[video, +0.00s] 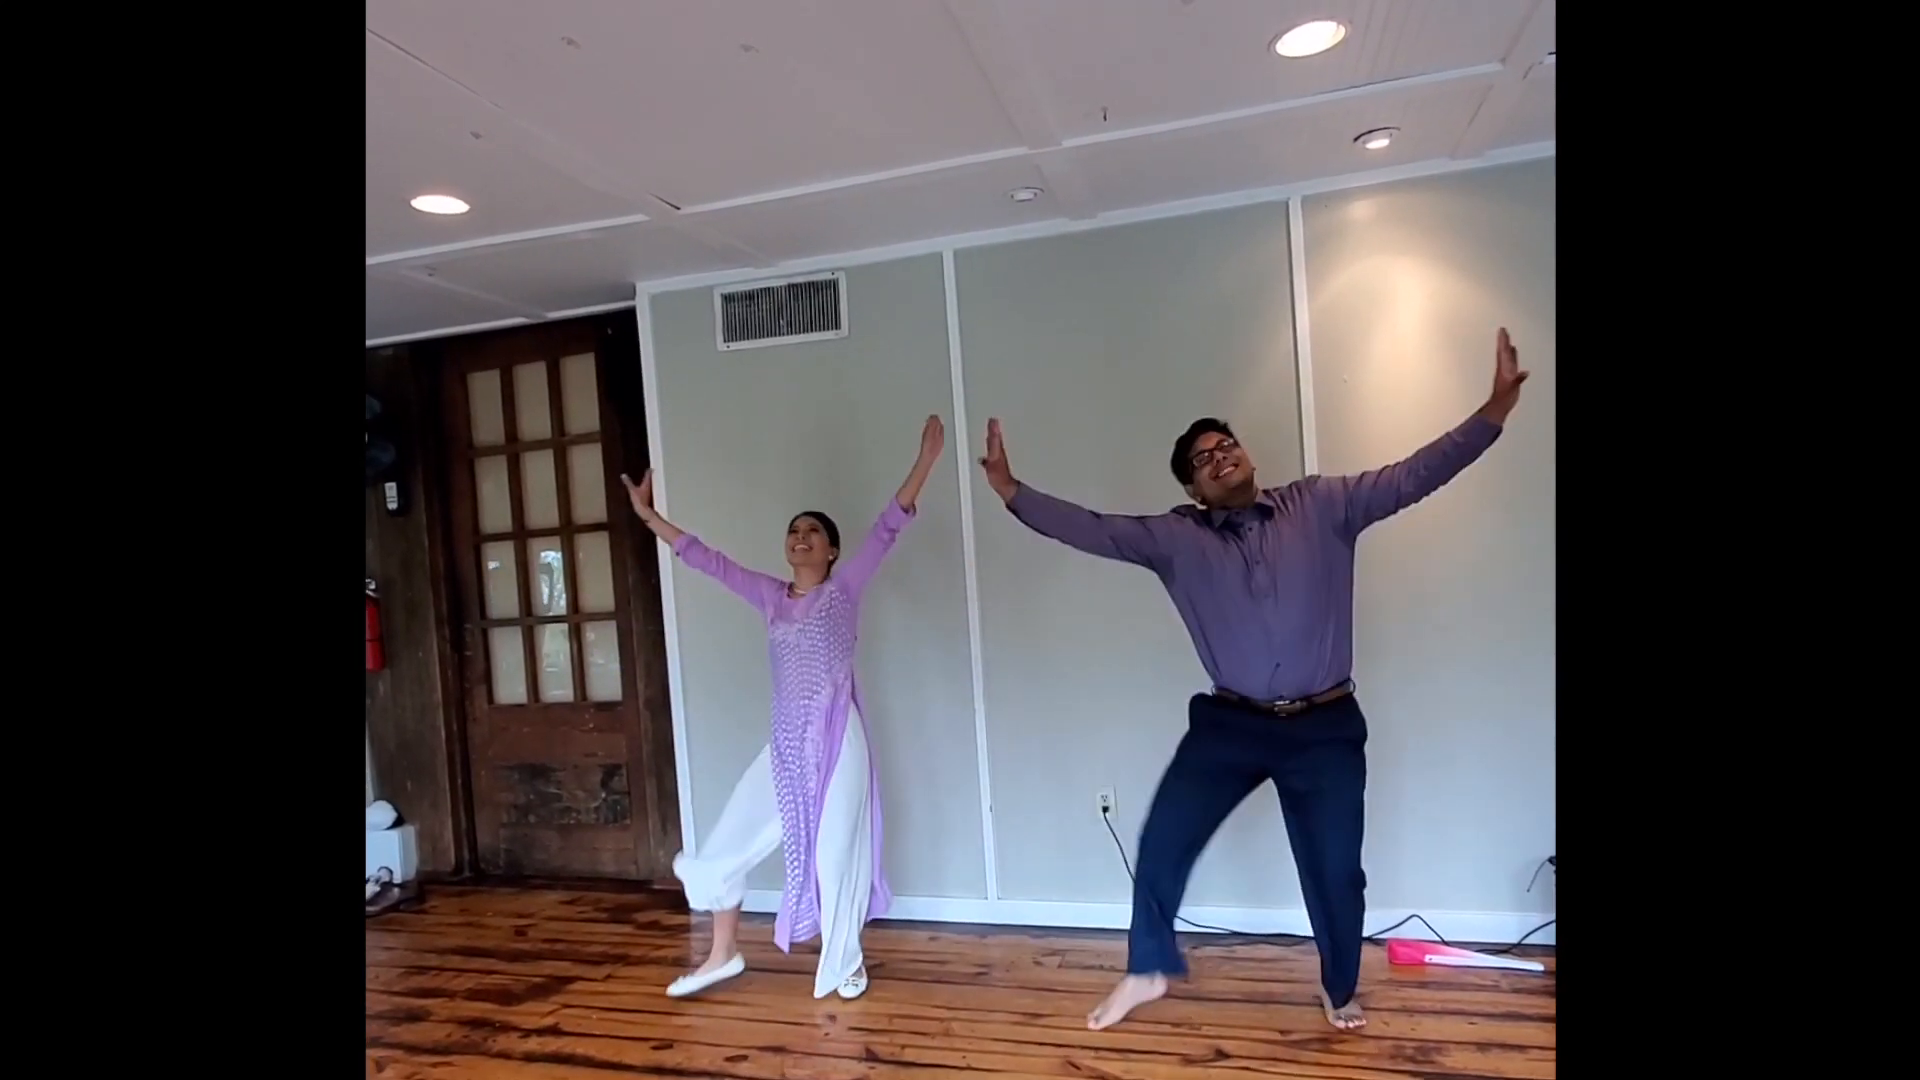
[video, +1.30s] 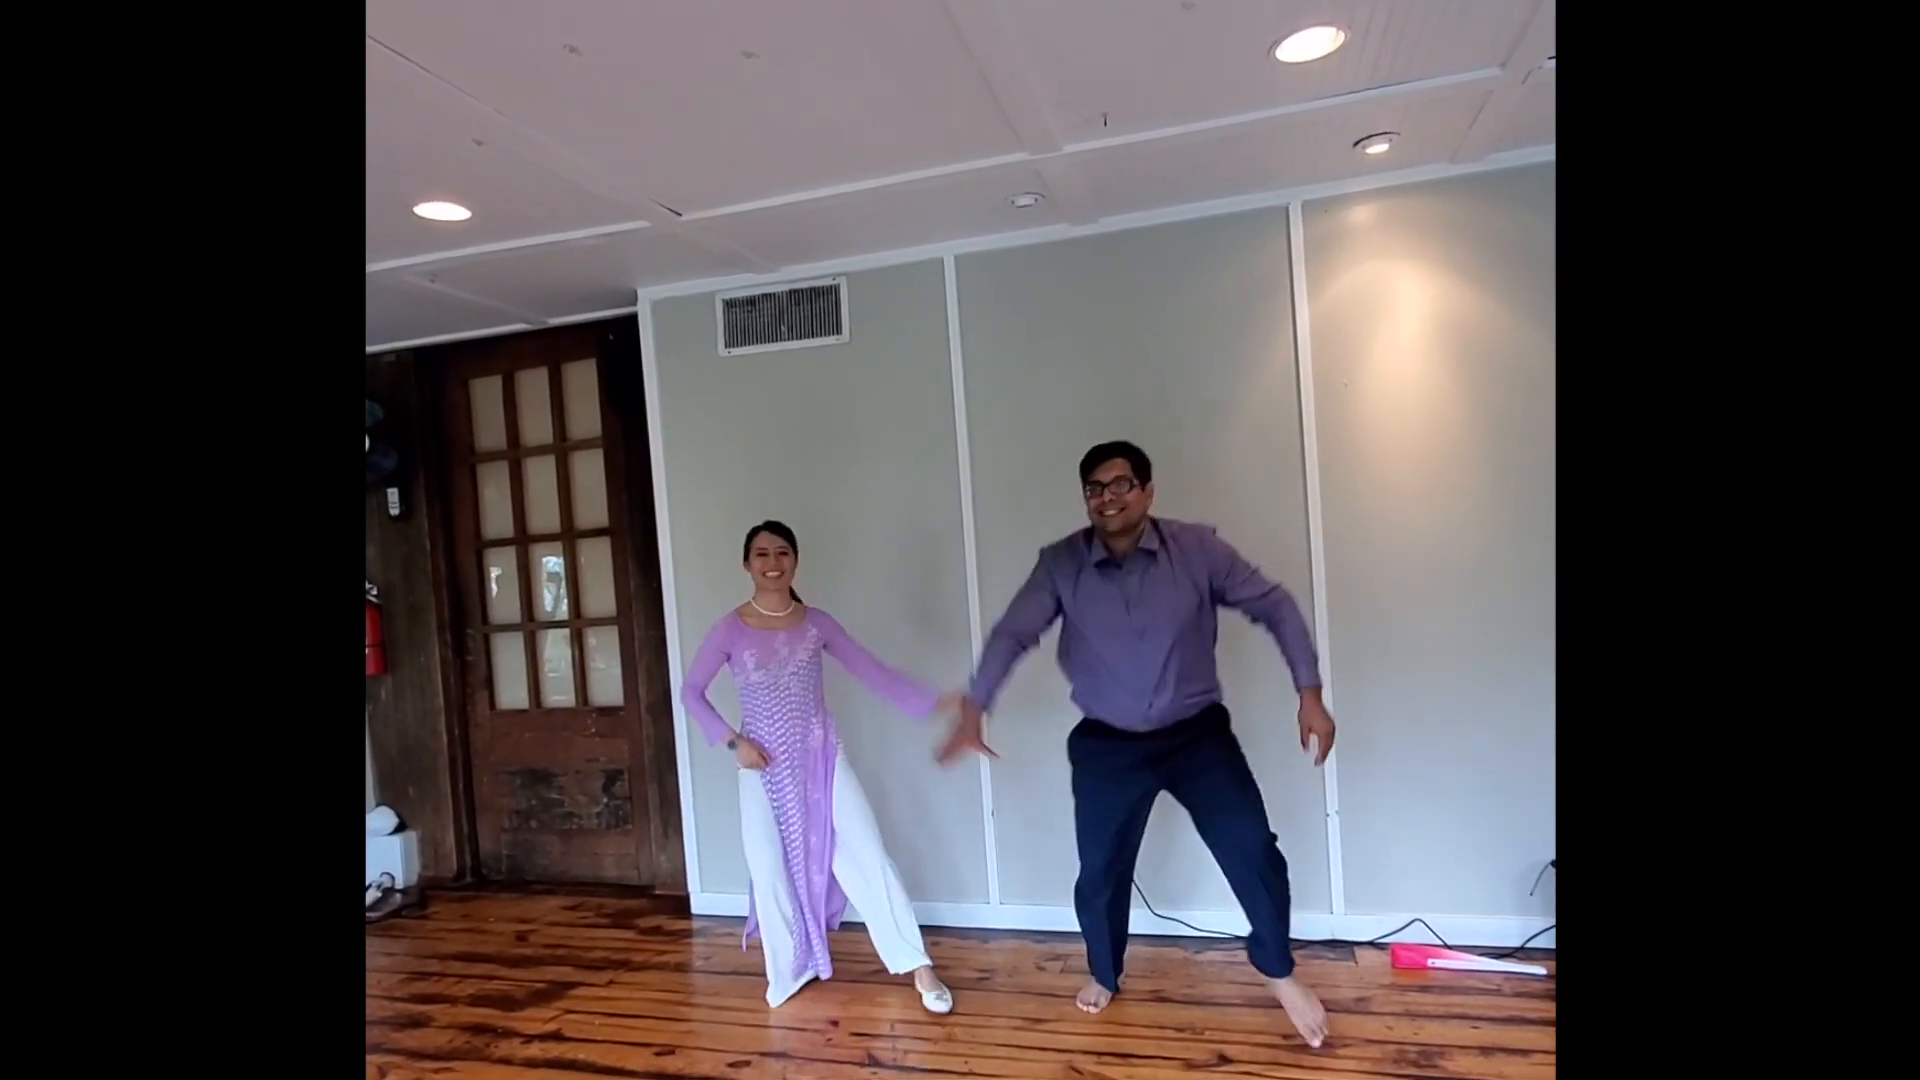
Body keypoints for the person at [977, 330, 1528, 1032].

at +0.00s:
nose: (1220, 458)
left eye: (1225, 448)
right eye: (1204, 459)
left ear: (1248, 457)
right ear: (1192, 488)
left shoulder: (1319, 503)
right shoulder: (1176, 538)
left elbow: (1411, 475)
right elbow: (1093, 527)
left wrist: (1494, 411)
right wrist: (1012, 492)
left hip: (1323, 722)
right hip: (1230, 722)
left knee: (1335, 871)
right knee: (1162, 841)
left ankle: (1341, 992)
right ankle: (1149, 968)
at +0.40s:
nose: (1183, 482)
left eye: (1197, 471)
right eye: (1173, 472)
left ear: (1226, 478)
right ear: (1162, 481)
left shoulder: (1275, 524)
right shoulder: (1141, 534)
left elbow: (1365, 520)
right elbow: (1089, 550)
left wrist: (1472, 510)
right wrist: (1034, 559)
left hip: (1268, 732)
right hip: (1175, 728)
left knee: (1310, 869)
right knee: (1105, 840)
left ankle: (1336, 998)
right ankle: (1112, 949)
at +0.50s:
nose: (1153, 470)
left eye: (1167, 460)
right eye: (1143, 459)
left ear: (1195, 467)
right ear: (1133, 465)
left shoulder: (1227, 513)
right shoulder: (1112, 518)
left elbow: (1309, 542)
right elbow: (1079, 565)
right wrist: (1073, 613)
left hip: (1230, 709)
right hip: (1142, 713)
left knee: (1292, 834)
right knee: (1101, 845)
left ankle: (1320, 968)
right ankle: (1098, 955)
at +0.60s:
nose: (1133, 485)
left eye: (1147, 474)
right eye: (1123, 474)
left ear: (1170, 482)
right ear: (1110, 482)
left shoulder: (1204, 545)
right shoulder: (1080, 557)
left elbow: (1283, 590)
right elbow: (1063, 636)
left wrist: (1304, 651)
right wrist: (1136, 658)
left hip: (1201, 712)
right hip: (1116, 727)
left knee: (1279, 786)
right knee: (1100, 853)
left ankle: (1234, 886)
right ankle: (1103, 970)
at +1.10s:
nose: (1094, 511)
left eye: (1107, 499)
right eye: (1081, 501)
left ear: (1127, 508)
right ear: (1064, 512)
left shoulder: (1164, 565)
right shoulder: (1047, 592)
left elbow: (1208, 642)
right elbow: (1088, 678)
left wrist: (1242, 725)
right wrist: (1169, 733)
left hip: (1161, 737)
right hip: (1081, 746)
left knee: (1220, 854)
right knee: (1087, 874)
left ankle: (1248, 992)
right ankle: (1100, 974)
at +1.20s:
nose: (1098, 511)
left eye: (1111, 500)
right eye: (1085, 502)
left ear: (1132, 509)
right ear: (1070, 515)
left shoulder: (1176, 570)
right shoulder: (1048, 594)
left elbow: (1234, 639)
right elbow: (1044, 685)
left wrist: (1278, 722)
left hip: (1177, 744)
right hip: (1090, 752)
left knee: (1241, 849)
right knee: (1089, 882)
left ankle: (1255, 981)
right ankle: (1103, 975)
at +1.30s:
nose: (1107, 496)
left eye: (1120, 484)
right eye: (1096, 488)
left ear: (1147, 492)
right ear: (1084, 499)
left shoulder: (1196, 549)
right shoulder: (1062, 565)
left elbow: (1274, 605)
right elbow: (1011, 635)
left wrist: (1310, 692)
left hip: (1197, 733)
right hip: (1107, 741)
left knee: (1254, 852)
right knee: (1101, 871)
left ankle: (1278, 969)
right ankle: (1103, 976)